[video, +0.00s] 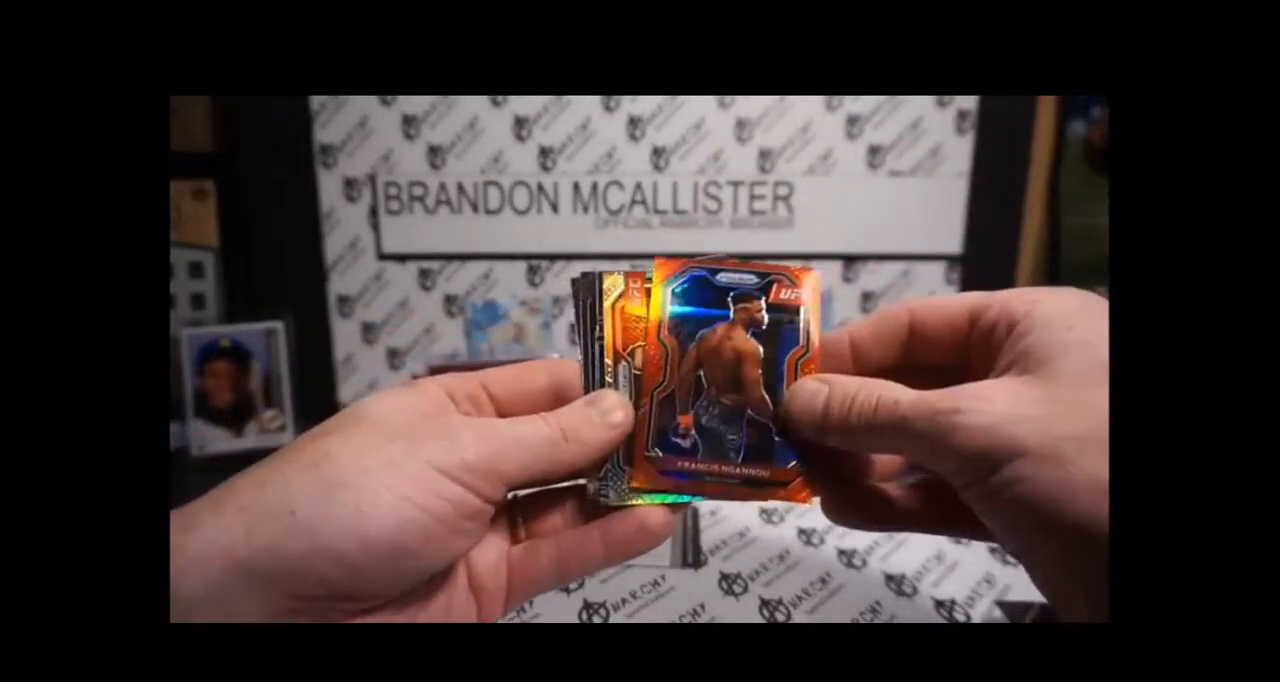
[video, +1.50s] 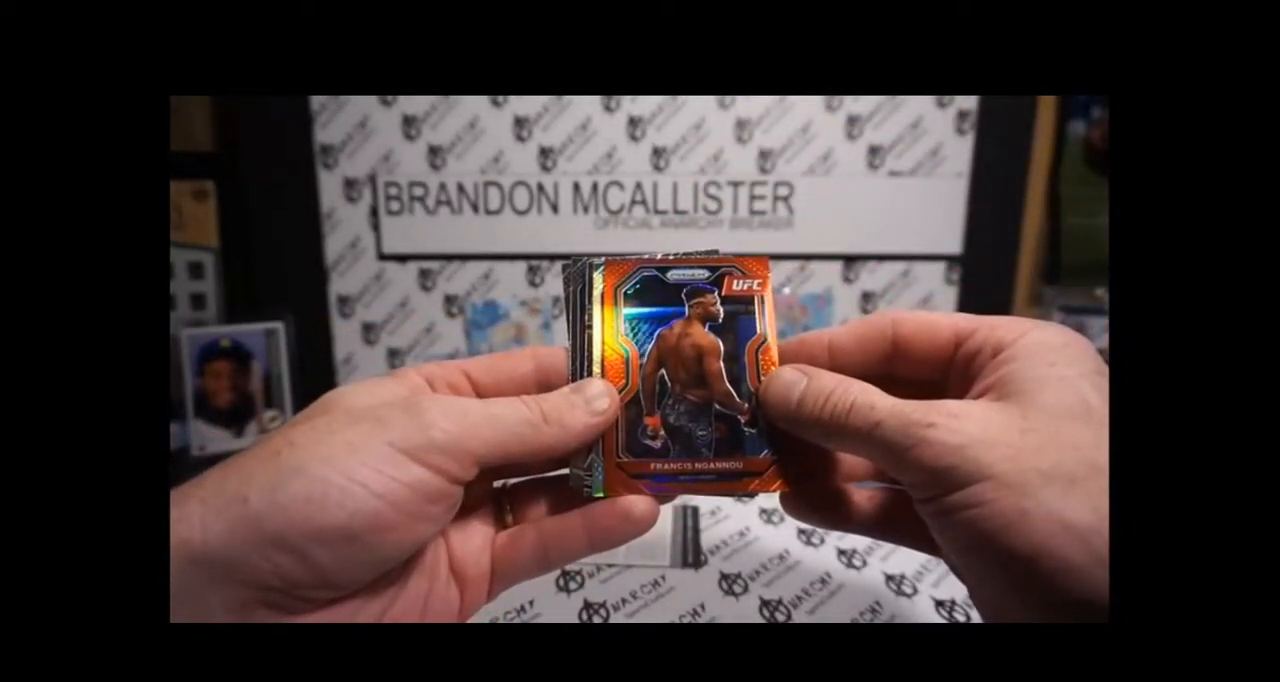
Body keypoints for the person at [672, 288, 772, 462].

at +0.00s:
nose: (765, 316)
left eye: (764, 310)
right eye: (760, 311)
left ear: (739, 312)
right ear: (742, 312)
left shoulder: (706, 336)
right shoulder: (749, 347)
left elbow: (685, 374)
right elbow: (755, 397)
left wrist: (683, 413)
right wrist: (774, 420)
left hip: (705, 409)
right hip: (730, 416)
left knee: (705, 473)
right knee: (726, 478)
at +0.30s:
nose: (731, 313)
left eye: (729, 308)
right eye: (725, 309)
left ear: (707, 312)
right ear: (708, 312)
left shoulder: (676, 338)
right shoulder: (720, 346)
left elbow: (659, 377)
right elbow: (731, 393)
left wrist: (660, 416)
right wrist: (752, 414)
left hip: (682, 410)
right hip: (708, 416)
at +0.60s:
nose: (720, 305)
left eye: (718, 299)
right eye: (713, 300)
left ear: (693, 305)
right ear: (697, 304)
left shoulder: (664, 332)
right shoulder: (708, 338)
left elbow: (648, 372)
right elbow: (720, 387)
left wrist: (650, 413)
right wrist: (744, 407)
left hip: (671, 406)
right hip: (697, 411)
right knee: (701, 475)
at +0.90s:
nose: (720, 304)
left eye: (718, 299)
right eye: (714, 300)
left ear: (694, 305)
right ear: (696, 304)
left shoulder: (665, 330)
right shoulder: (709, 337)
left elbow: (648, 370)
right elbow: (721, 386)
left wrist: (651, 411)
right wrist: (745, 406)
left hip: (672, 404)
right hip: (698, 411)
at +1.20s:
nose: (717, 308)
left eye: (715, 302)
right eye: (711, 303)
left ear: (690, 308)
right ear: (693, 307)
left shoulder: (661, 335)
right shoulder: (705, 341)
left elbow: (645, 375)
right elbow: (718, 390)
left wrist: (647, 416)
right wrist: (741, 409)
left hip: (668, 409)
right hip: (695, 415)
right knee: (696, 476)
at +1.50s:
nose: (720, 309)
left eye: (719, 303)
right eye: (714, 304)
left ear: (696, 308)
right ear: (697, 308)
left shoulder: (665, 334)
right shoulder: (709, 342)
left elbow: (649, 373)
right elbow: (720, 391)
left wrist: (650, 413)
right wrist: (743, 409)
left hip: (671, 408)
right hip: (697, 414)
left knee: (678, 471)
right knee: (699, 474)